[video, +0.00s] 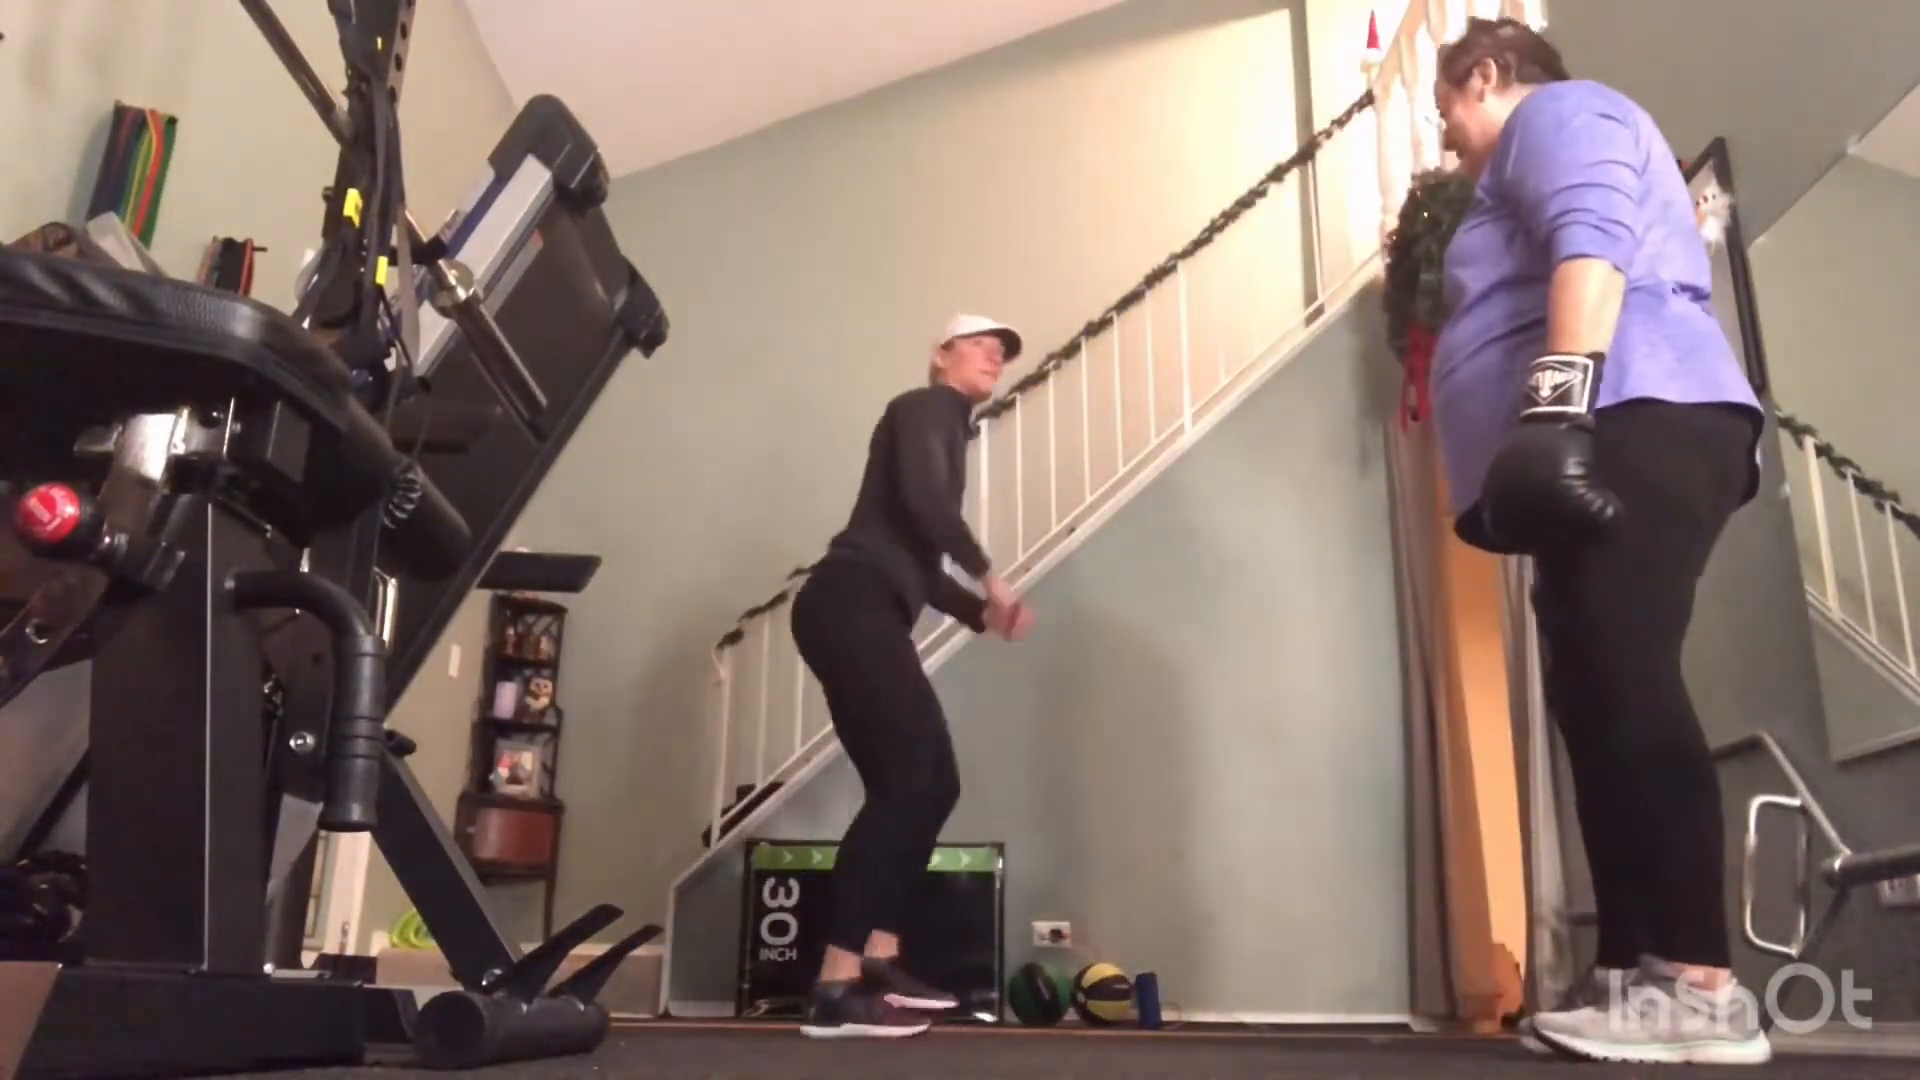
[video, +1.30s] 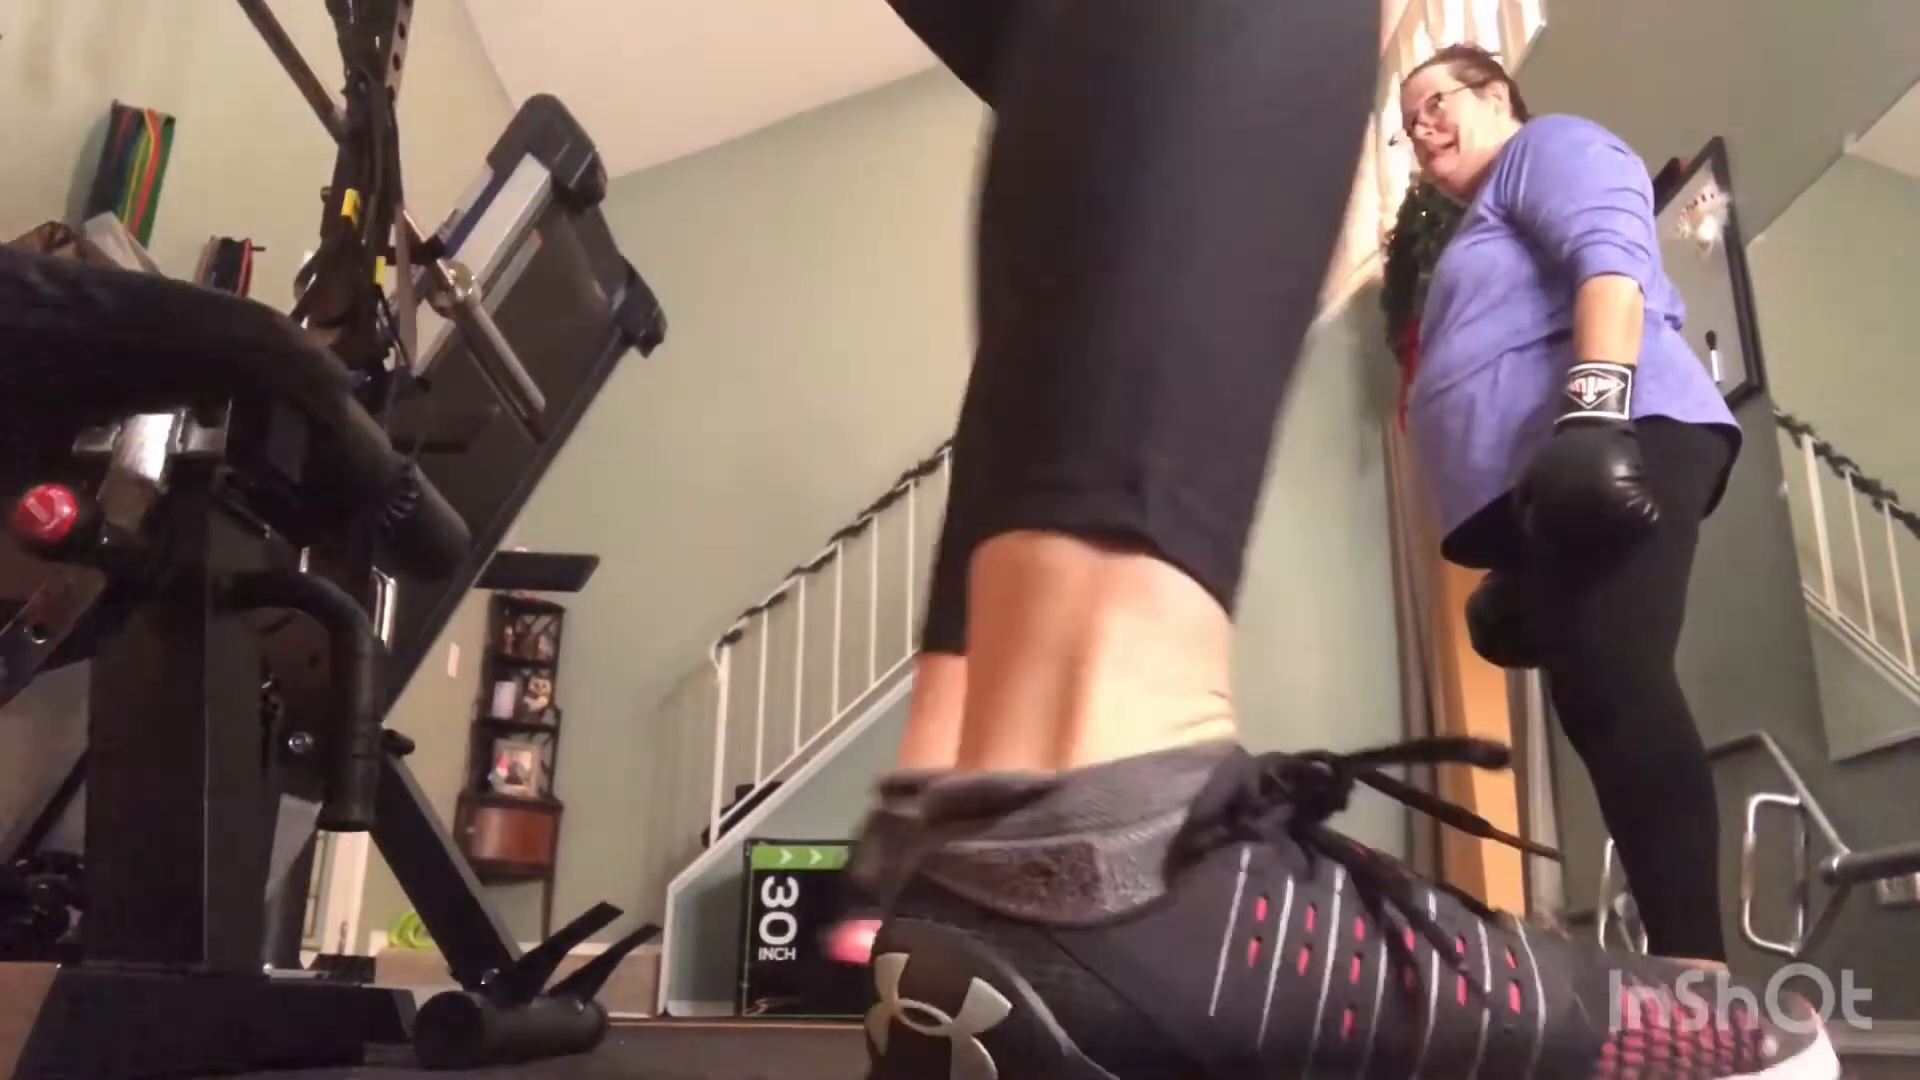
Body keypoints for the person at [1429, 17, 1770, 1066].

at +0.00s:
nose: (1447, 136)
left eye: (1448, 112)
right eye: (1441, 119)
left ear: (1487, 77)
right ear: (1502, 78)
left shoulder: (1563, 109)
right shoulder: (1515, 178)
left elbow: (1589, 242)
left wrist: (1555, 410)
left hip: (1651, 412)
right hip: (1608, 430)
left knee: (1623, 679)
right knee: (1587, 696)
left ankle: (1700, 986)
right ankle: (1635, 978)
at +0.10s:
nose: (1465, 126)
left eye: (1469, 101)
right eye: (1461, 108)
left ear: (1509, 73)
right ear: (1534, 73)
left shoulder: (1569, 106)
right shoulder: (1536, 169)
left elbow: (1588, 240)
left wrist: (1548, 407)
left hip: (1659, 410)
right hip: (1623, 427)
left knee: (1627, 680)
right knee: (1599, 690)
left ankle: (1701, 985)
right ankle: (1640, 977)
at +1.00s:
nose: (1437, 125)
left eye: (1453, 104)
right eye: (1426, 120)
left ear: (1515, 95)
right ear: (1437, 146)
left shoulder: (1560, 143)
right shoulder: (1481, 234)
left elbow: (1601, 260)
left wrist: (1576, 408)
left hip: (1640, 429)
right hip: (1580, 460)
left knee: (1621, 682)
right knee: (1603, 702)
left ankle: (1699, 984)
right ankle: (1682, 977)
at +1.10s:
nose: (1432, 129)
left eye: (1445, 106)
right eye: (1421, 124)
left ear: (1509, 95)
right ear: (1432, 150)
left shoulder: (1560, 143)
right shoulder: (1480, 234)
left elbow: (1612, 259)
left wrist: (1593, 411)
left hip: (1637, 434)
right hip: (1568, 472)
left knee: (1623, 684)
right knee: (1601, 708)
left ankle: (1699, 984)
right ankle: (1683, 977)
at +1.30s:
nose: (1426, 124)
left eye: (1440, 101)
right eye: (1412, 122)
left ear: (1500, 97)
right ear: (1416, 154)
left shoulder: (1548, 146)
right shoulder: (1455, 249)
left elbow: (1612, 262)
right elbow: (1486, 415)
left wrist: (1594, 411)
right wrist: (1510, 557)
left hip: (1628, 429)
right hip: (1542, 494)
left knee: (1615, 680)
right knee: (1594, 704)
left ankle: (1693, 975)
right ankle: (1683, 968)